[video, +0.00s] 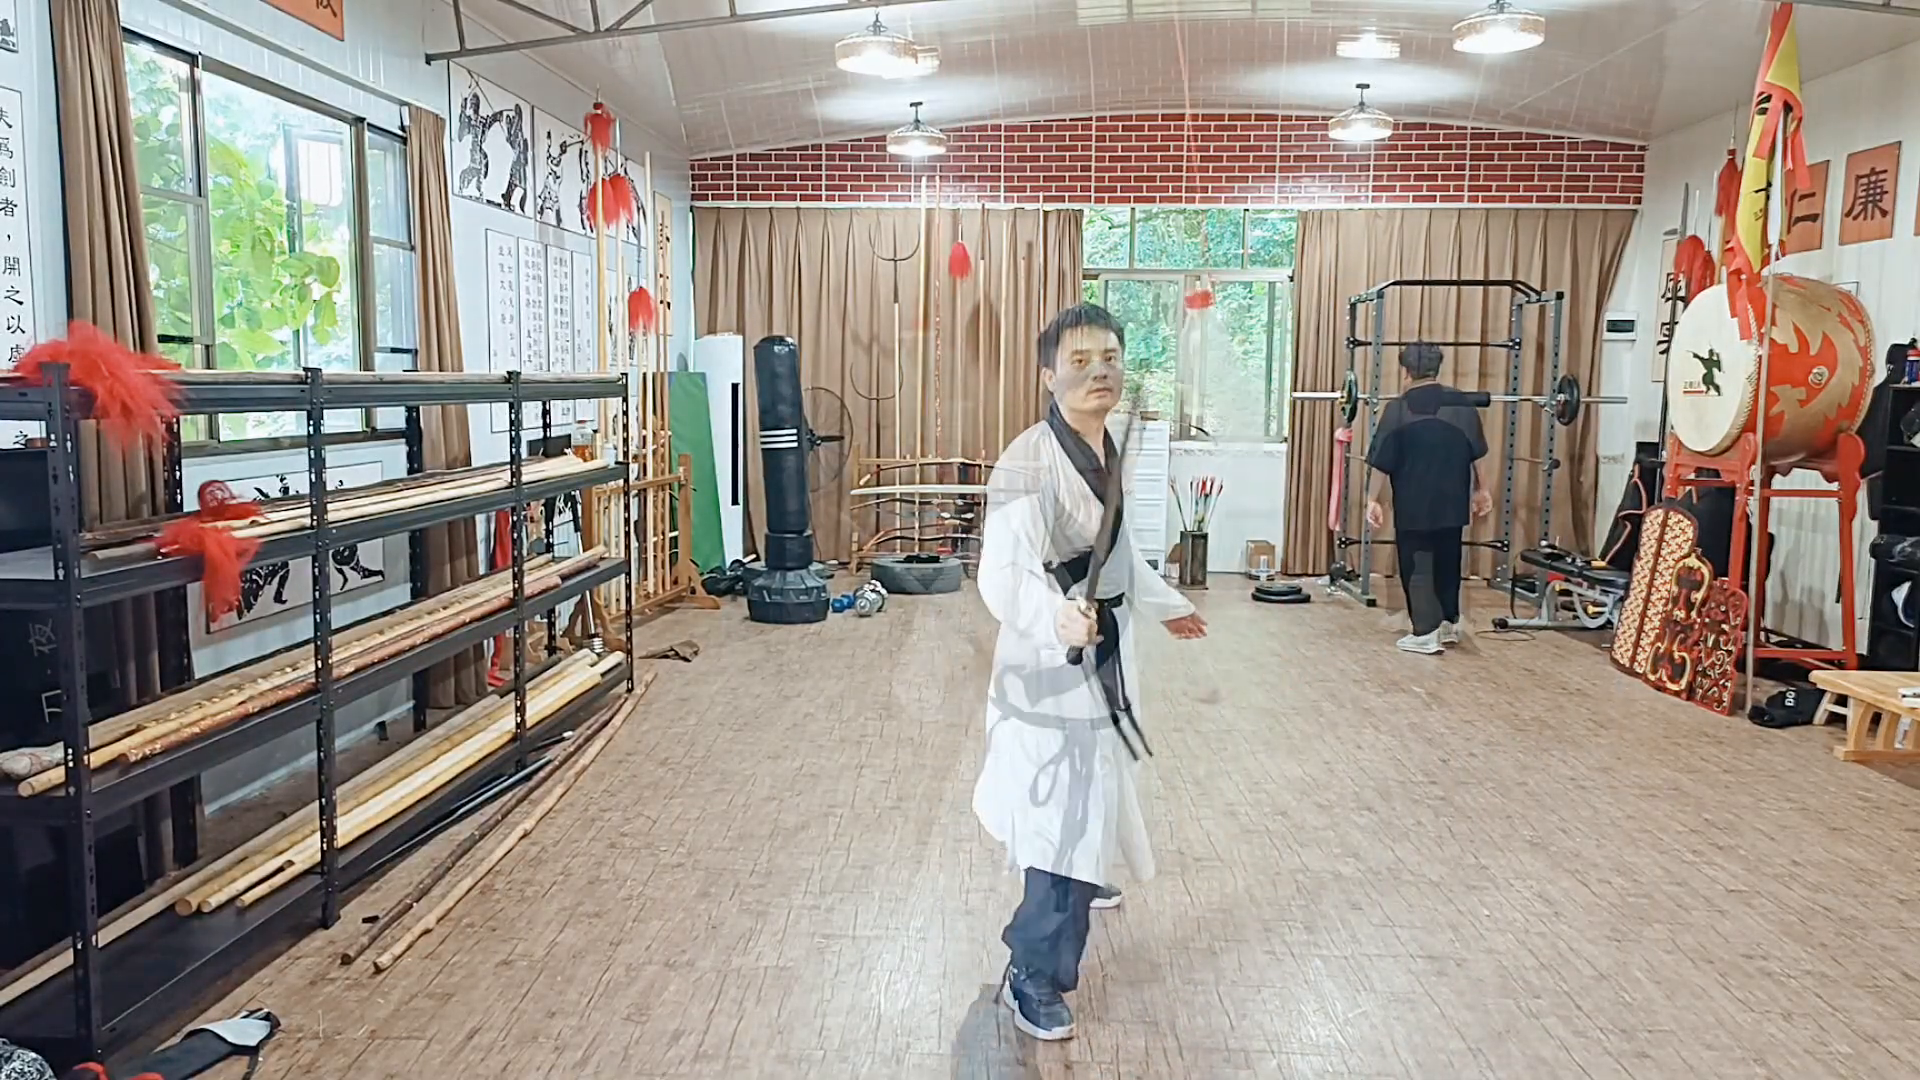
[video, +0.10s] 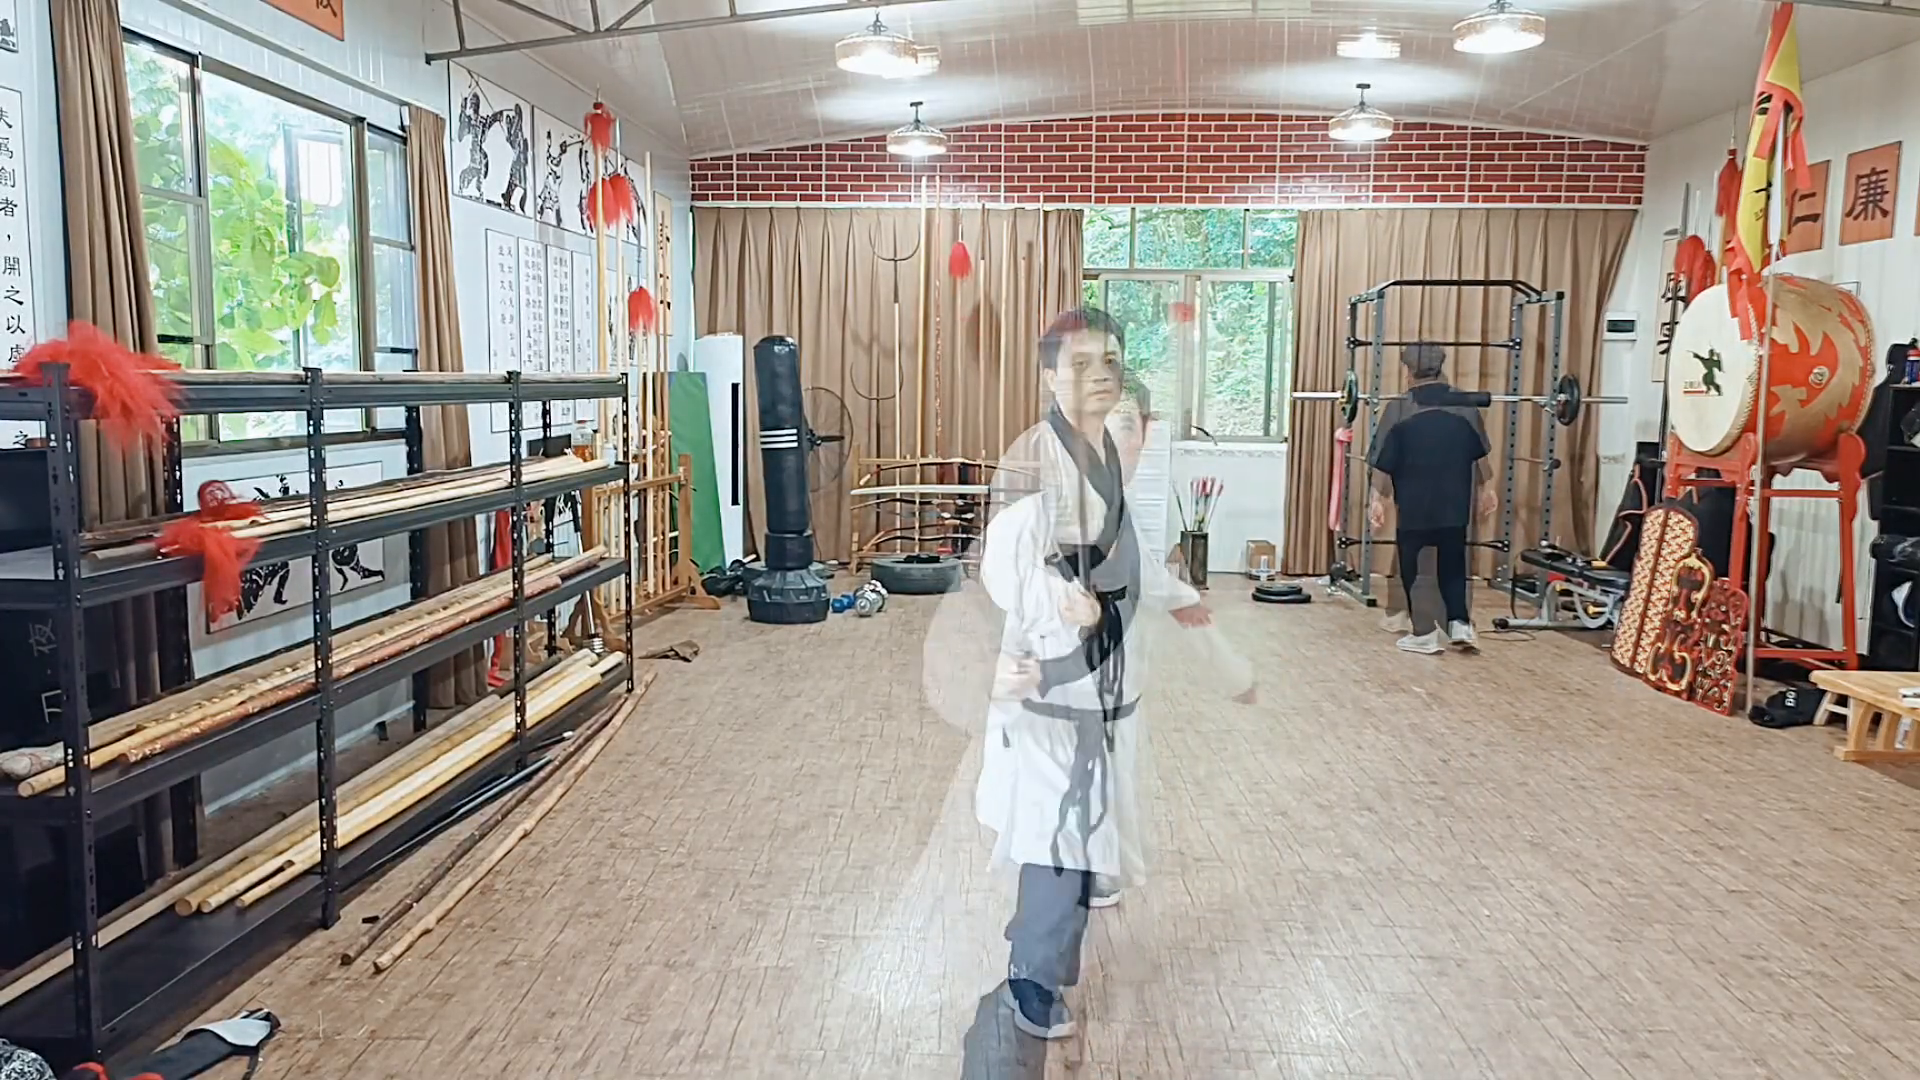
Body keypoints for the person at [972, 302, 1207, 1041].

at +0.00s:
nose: (1100, 372)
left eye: (1109, 358)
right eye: (1081, 361)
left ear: (1122, 368)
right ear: (1050, 374)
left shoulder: (1110, 451)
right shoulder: (1027, 462)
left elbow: (1115, 552)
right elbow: (1004, 573)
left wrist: (1166, 604)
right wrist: (1058, 617)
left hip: (1100, 657)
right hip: (1046, 669)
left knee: (1093, 783)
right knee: (1059, 815)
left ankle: (1077, 881)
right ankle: (1034, 979)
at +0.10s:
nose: (1098, 376)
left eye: (1109, 362)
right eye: (1080, 364)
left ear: (1122, 373)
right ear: (1051, 377)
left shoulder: (1111, 451)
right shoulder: (1035, 459)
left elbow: (1120, 547)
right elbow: (1005, 558)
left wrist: (1172, 594)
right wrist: (1059, 600)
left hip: (1104, 676)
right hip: (1045, 681)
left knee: (1087, 814)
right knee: (1056, 830)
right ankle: (1034, 980)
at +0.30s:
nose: (1131, 408)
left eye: (1142, 391)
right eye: (1108, 392)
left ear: (1155, 403)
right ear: (1064, 409)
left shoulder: (1147, 487)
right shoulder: (1029, 514)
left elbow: (1180, 567)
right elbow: (982, 653)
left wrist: (1233, 617)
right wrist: (1048, 644)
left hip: (1125, 718)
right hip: (1048, 733)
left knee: (1101, 890)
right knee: (1057, 966)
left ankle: (1059, 1028)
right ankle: (1014, 1061)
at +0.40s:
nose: (1144, 392)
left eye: (1153, 375)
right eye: (1119, 377)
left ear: (1162, 387)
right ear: (1072, 399)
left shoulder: (1135, 485)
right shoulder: (1048, 493)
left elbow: (1147, 574)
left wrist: (1182, 609)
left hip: (1117, 718)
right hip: (1059, 730)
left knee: (1093, 938)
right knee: (1070, 964)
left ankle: (1050, 1060)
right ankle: (1027, 1067)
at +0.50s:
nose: (1142, 403)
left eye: (1149, 384)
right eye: (1118, 386)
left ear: (1158, 392)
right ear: (1065, 405)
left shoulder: (1112, 483)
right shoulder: (1064, 490)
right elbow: (1146, 510)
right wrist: (1213, 507)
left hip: (1105, 713)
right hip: (1053, 728)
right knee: (1068, 976)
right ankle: (1030, 1065)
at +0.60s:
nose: (1148, 403)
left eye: (1153, 384)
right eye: (1122, 390)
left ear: (1163, 391)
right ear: (1071, 417)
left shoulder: (1126, 479)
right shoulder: (1071, 496)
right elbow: (1156, 492)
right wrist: (1246, 453)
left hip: (1117, 709)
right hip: (1054, 730)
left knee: (1141, 844)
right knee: (1071, 967)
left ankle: (1128, 946)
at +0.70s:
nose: (1157, 404)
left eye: (1161, 386)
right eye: (1132, 391)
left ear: (1171, 396)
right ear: (1082, 416)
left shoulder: (1138, 488)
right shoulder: (1073, 504)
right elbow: (1132, 552)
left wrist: (1250, 545)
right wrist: (1233, 536)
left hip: (1122, 710)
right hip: (1060, 732)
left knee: (1145, 827)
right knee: (1082, 961)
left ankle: (1167, 936)